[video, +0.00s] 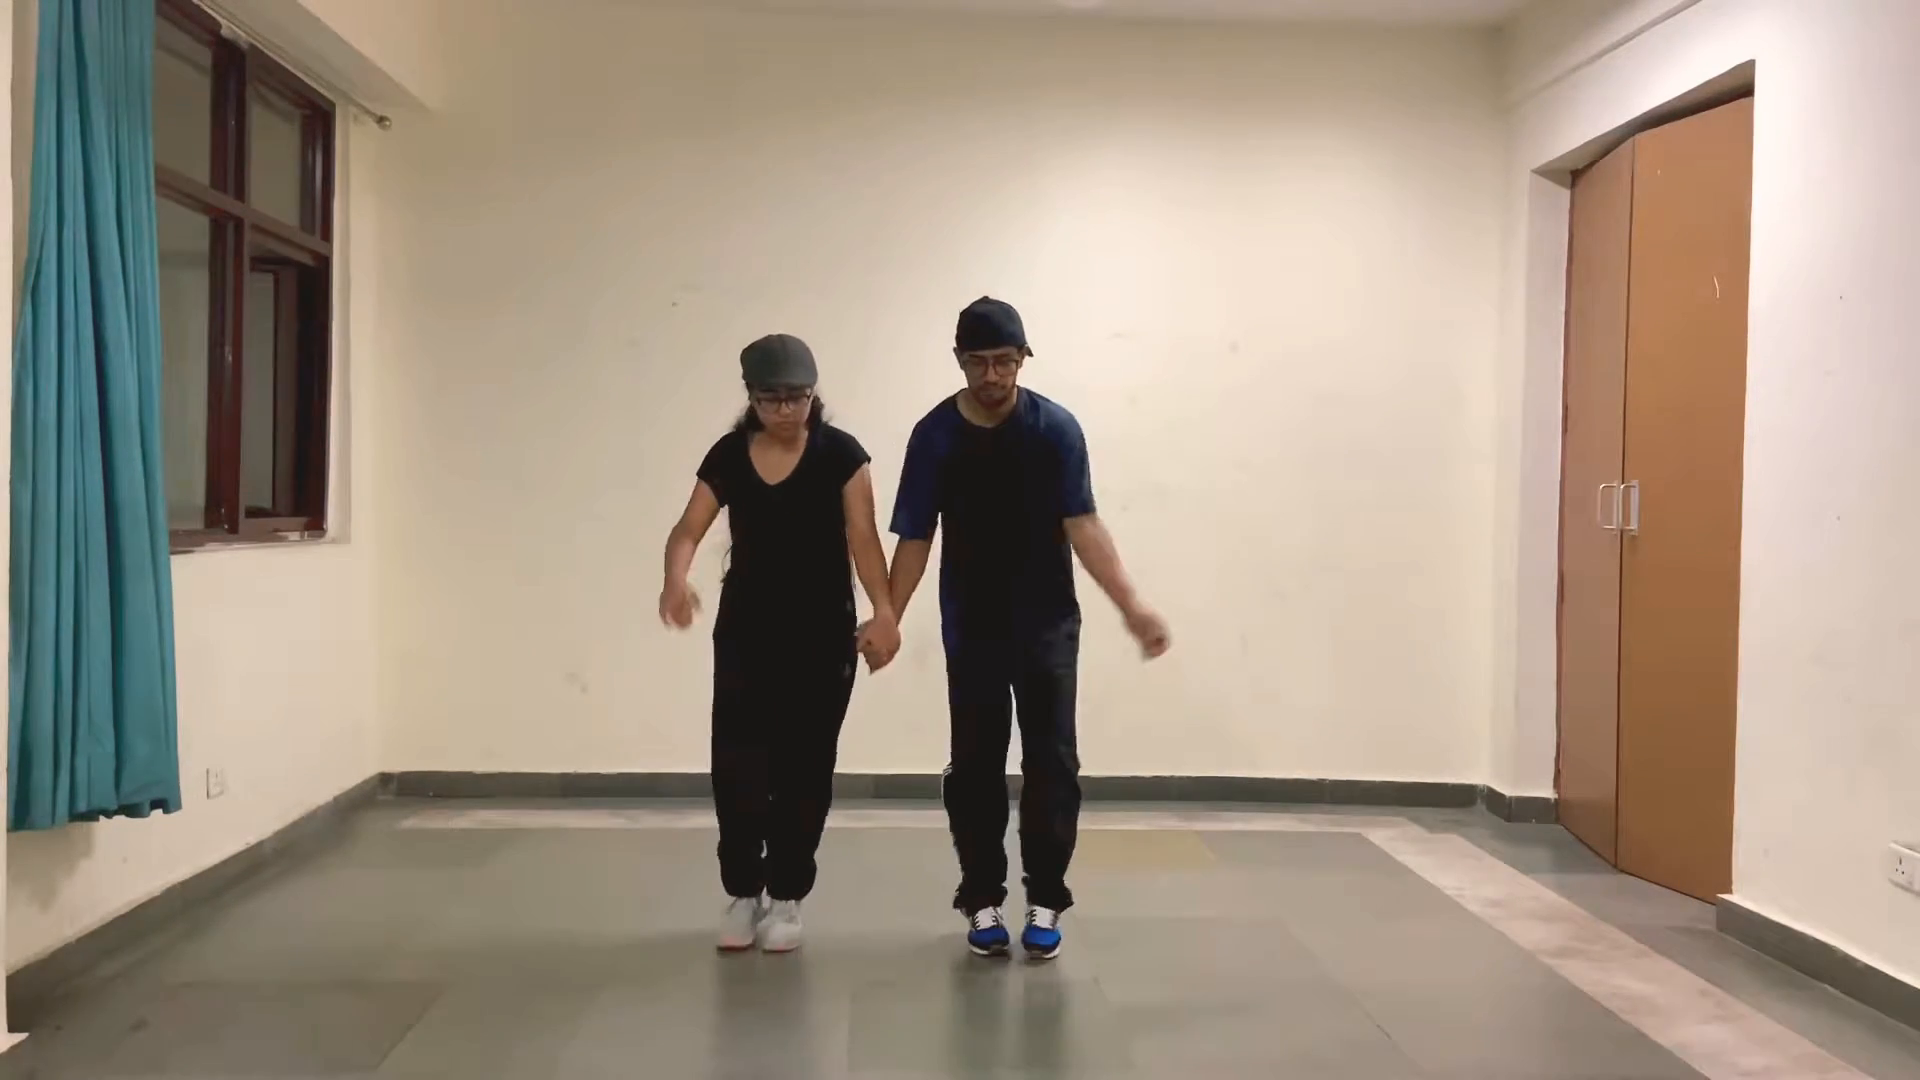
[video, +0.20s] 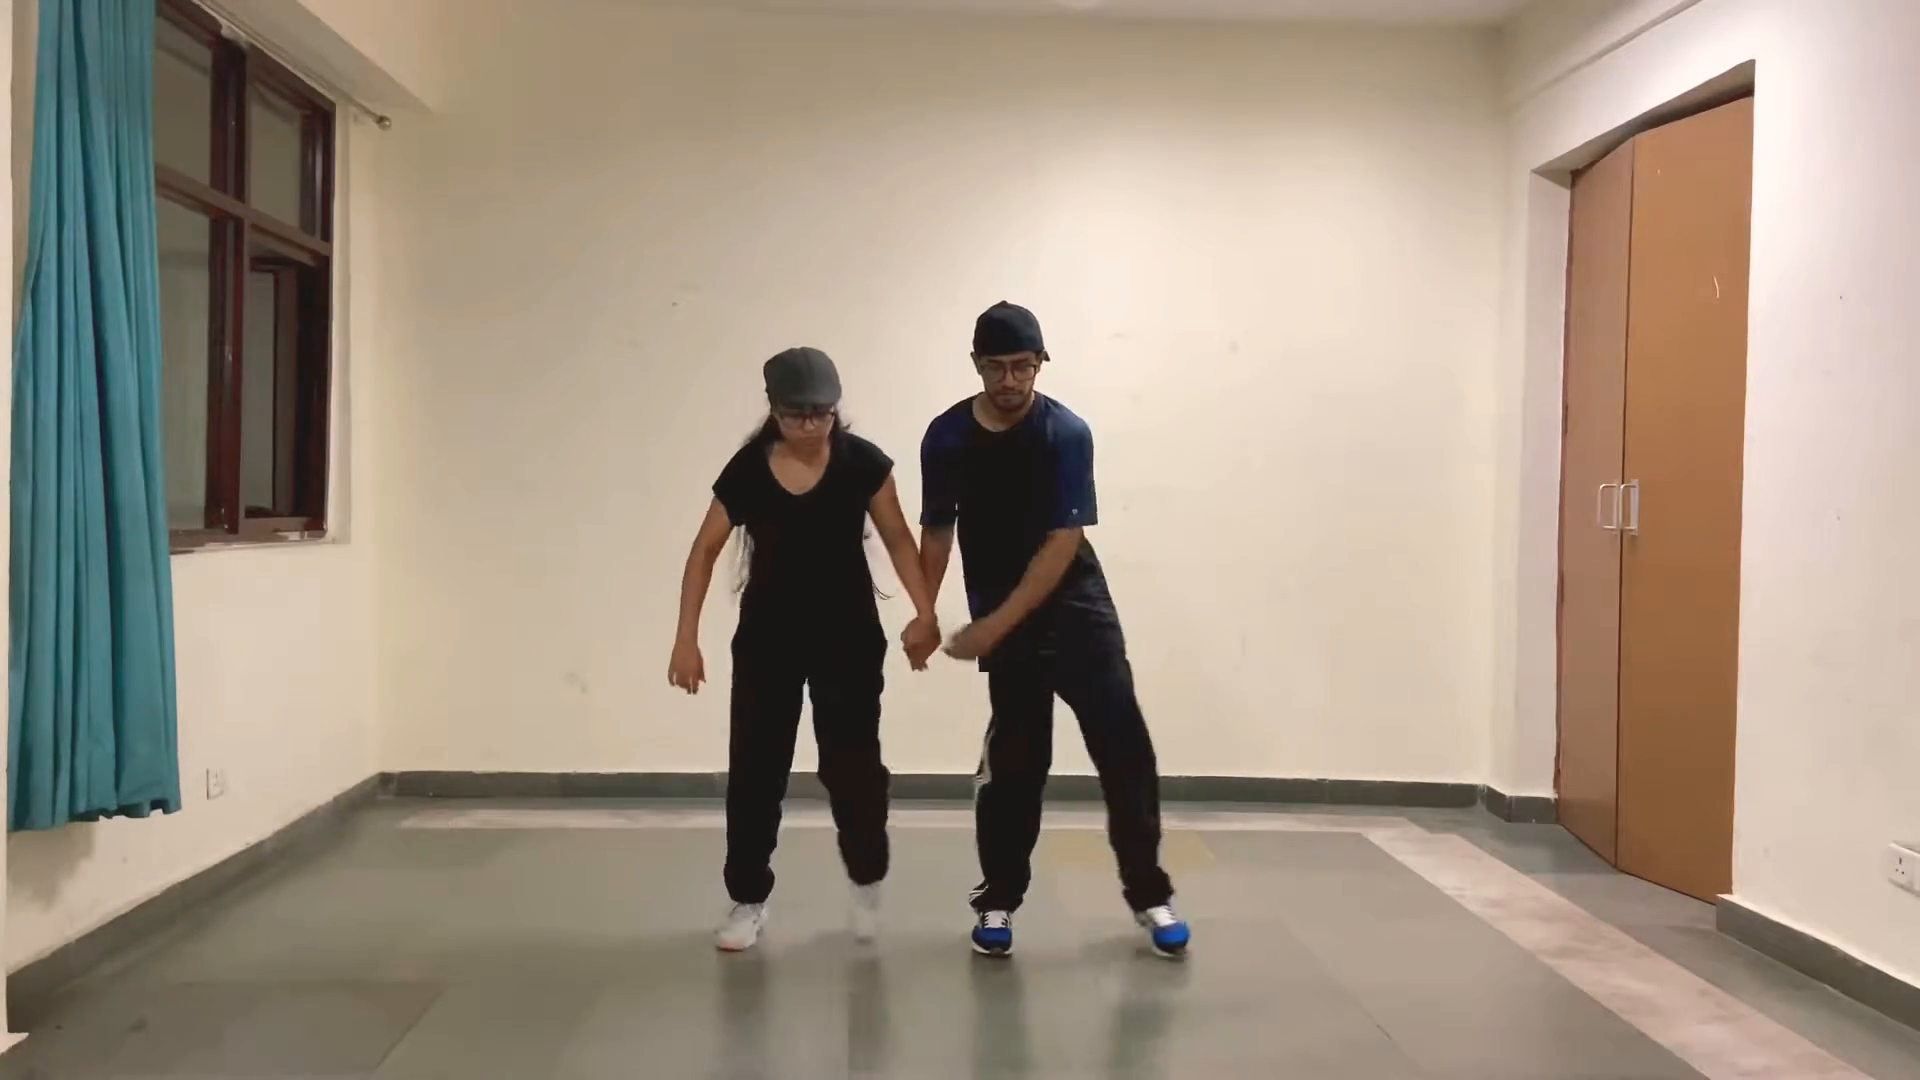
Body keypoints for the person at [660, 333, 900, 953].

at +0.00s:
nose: (787, 409)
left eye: (797, 397)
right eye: (774, 398)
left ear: (814, 393)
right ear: (752, 396)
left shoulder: (842, 456)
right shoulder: (730, 455)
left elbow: (863, 539)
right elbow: (689, 529)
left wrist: (884, 612)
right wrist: (676, 579)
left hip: (819, 630)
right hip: (747, 628)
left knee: (804, 761)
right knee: (738, 757)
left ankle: (785, 898)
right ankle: (741, 893)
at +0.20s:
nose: (811, 426)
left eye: (821, 413)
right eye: (798, 415)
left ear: (836, 408)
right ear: (774, 411)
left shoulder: (863, 464)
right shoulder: (749, 468)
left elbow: (899, 540)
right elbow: (704, 553)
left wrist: (925, 614)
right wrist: (686, 639)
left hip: (847, 638)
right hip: (768, 639)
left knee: (852, 766)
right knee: (754, 770)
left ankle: (867, 879)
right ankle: (747, 900)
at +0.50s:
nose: (850, 436)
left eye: (860, 424)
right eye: (837, 425)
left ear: (874, 419)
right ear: (813, 421)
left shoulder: (897, 472)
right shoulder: (783, 476)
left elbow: (943, 529)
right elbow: (737, 536)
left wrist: (968, 593)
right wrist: (729, 615)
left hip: (879, 654)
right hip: (803, 656)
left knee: (900, 777)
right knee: (782, 778)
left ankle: (935, 902)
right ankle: (768, 899)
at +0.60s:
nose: (839, 418)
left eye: (850, 406)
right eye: (827, 406)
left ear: (866, 403)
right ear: (804, 401)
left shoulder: (885, 456)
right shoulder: (771, 460)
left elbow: (924, 519)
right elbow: (731, 537)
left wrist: (940, 580)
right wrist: (773, 582)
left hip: (866, 635)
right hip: (788, 636)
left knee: (888, 763)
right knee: (775, 767)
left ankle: (916, 894)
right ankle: (764, 896)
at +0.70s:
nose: (832, 415)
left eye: (842, 402)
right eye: (819, 403)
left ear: (856, 395)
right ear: (794, 396)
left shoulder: (875, 449)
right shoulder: (762, 454)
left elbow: (910, 521)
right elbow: (731, 543)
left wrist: (923, 574)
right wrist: (797, 523)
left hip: (857, 631)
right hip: (781, 634)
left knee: (865, 763)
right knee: (772, 763)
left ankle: (856, 870)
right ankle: (766, 893)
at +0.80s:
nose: (822, 421)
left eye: (833, 410)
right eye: (809, 411)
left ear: (848, 403)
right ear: (786, 405)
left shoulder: (871, 453)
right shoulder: (761, 459)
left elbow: (896, 530)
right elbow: (741, 545)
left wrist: (917, 592)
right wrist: (794, 534)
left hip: (849, 637)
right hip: (777, 639)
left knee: (839, 768)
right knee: (774, 764)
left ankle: (813, 895)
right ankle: (762, 897)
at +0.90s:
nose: (814, 433)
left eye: (825, 422)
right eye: (802, 423)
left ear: (843, 414)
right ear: (781, 417)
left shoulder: (871, 462)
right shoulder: (763, 470)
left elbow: (892, 548)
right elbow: (744, 554)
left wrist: (913, 625)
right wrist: (755, 609)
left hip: (847, 640)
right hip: (777, 637)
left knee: (825, 765)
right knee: (771, 763)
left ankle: (808, 898)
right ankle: (760, 896)